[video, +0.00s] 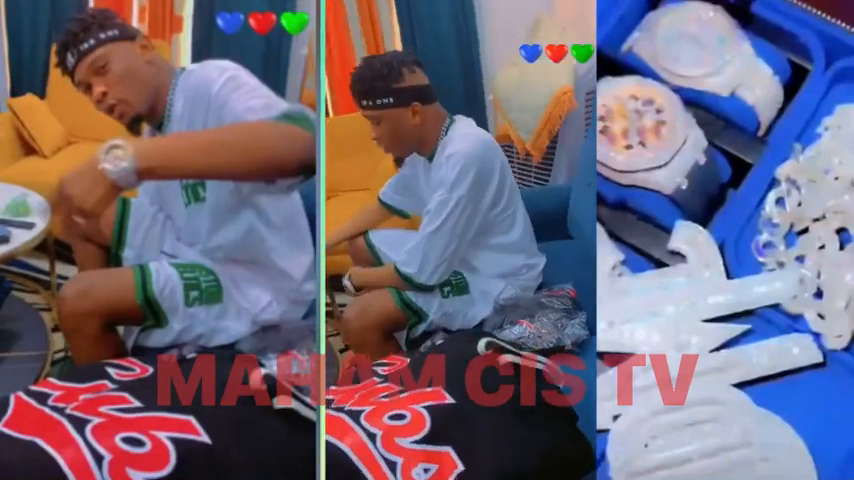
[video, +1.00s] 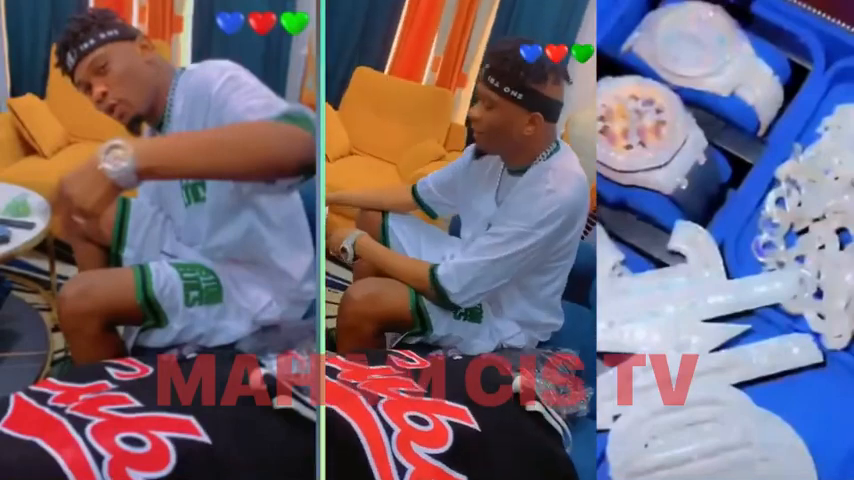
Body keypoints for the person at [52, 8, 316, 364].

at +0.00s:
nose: (98, 94)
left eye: (102, 70)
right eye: (87, 89)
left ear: (144, 48)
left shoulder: (212, 81)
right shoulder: (152, 133)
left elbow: (298, 146)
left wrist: (132, 160)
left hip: (259, 279)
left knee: (80, 300)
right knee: (84, 215)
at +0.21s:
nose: (98, 94)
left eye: (102, 70)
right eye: (87, 89)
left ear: (144, 48)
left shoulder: (212, 81)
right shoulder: (152, 133)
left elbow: (298, 145)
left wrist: (132, 160)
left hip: (260, 280)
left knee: (80, 300)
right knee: (85, 215)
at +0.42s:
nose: (98, 94)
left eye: (102, 70)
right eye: (87, 89)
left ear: (144, 48)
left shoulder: (213, 81)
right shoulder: (153, 133)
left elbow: (298, 146)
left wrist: (132, 160)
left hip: (260, 280)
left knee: (80, 300)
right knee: (85, 215)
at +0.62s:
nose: (98, 94)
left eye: (102, 70)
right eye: (87, 89)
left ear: (144, 48)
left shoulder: (213, 81)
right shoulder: (152, 133)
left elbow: (298, 146)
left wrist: (132, 160)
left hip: (260, 279)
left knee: (80, 300)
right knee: (85, 215)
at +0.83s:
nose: (98, 94)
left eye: (102, 70)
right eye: (87, 89)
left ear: (144, 48)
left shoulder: (213, 81)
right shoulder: (152, 133)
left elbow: (298, 146)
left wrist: (132, 160)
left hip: (260, 280)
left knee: (80, 300)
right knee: (85, 215)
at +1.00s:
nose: (98, 94)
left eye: (102, 70)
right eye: (87, 89)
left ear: (144, 48)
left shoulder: (213, 81)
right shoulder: (152, 133)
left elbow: (298, 146)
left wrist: (132, 160)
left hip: (260, 280)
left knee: (80, 300)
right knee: (85, 215)